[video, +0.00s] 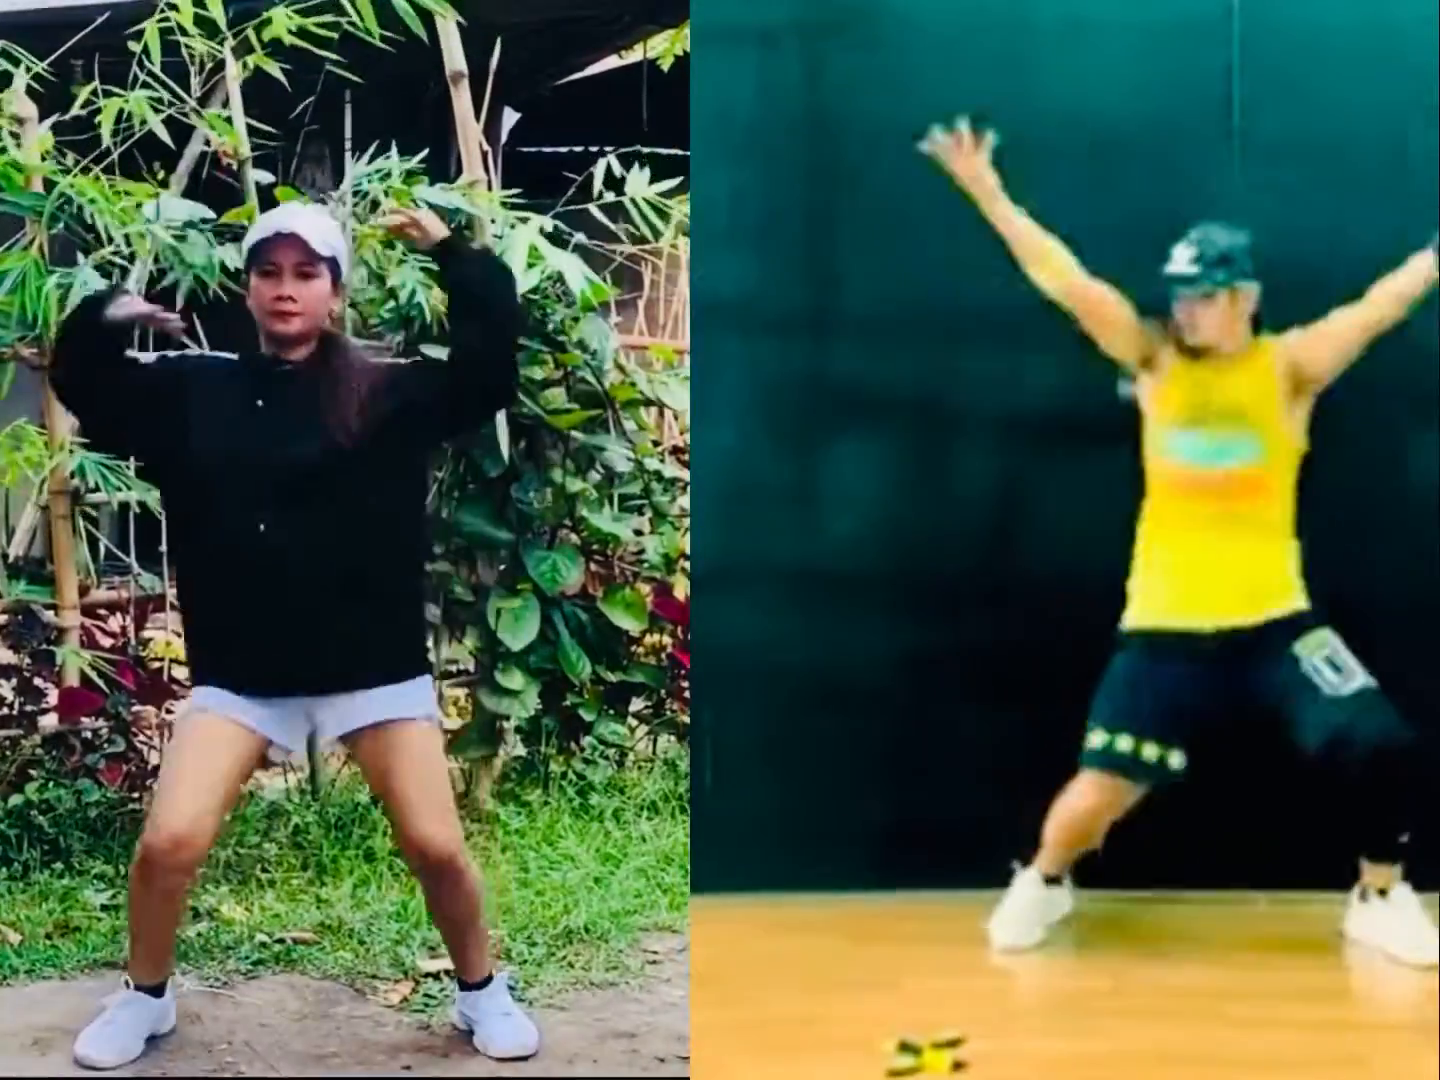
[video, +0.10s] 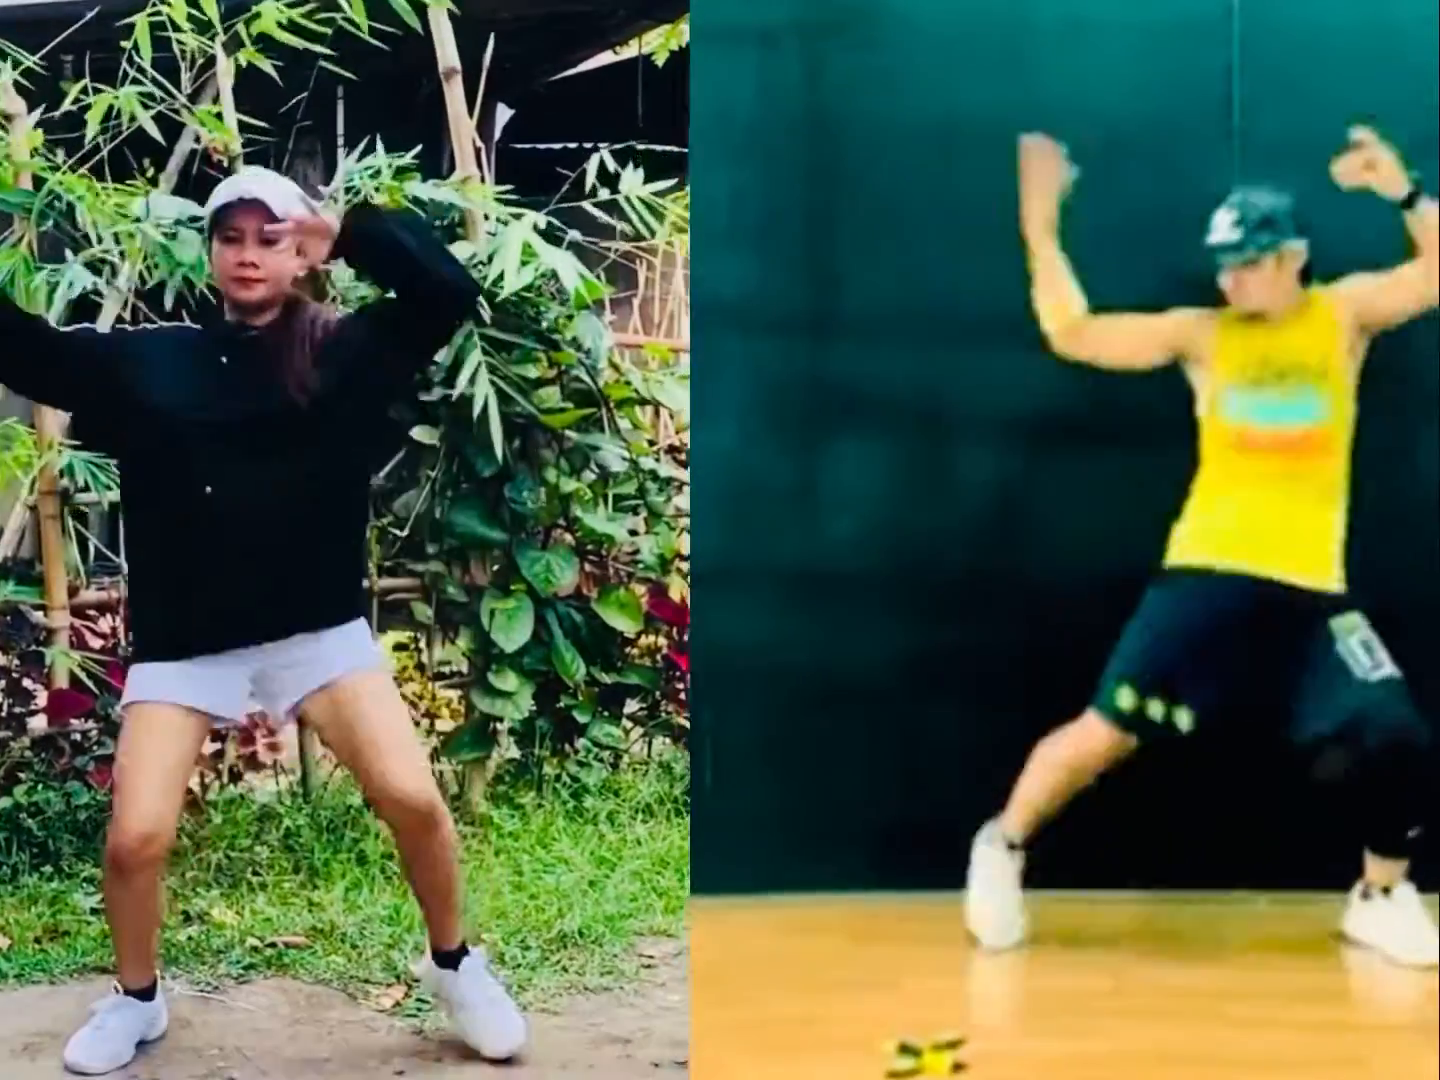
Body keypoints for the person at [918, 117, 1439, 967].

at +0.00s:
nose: (1200, 314)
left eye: (1214, 297)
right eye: (1189, 300)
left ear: (1251, 300)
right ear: (1175, 307)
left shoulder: (1291, 367)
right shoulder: (1151, 364)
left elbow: (1378, 307)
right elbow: (1066, 282)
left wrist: (1430, 260)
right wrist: (988, 192)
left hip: (1275, 621)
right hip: (1164, 626)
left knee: (1384, 747)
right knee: (1106, 789)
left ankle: (1380, 896)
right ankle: (1042, 882)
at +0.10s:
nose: (1241, 283)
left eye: (1256, 265)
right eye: (1231, 269)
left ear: (1296, 258)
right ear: (1220, 273)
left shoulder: (1345, 311)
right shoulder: (1198, 333)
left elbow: (1434, 277)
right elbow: (1071, 330)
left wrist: (1405, 189)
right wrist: (1038, 224)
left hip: (1312, 584)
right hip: (1207, 574)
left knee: (1397, 741)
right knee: (1111, 731)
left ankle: (1381, 897)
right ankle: (1001, 845)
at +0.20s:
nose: (1254, 239)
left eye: (1268, 220)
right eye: (1244, 223)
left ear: (1314, 213)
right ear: (1236, 228)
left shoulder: (1376, 289)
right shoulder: (1226, 303)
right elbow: (1123, 350)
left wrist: (1424, 189)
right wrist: (1135, 243)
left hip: (1339, 562)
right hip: (1225, 548)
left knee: (1397, 722)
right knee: (1099, 678)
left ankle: (1380, 896)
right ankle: (1022, 752)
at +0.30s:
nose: (1259, 234)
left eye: (1274, 216)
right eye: (1248, 219)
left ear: (1320, 210)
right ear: (1238, 224)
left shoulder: (1377, 296)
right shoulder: (1224, 293)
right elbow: (1109, 281)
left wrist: (1410, 313)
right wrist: (1185, 187)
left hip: (1349, 553)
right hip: (1245, 524)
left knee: (1408, 720)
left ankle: (1384, 895)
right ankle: (1101, 695)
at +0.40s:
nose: (1273, 254)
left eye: (1287, 235)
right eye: (1262, 238)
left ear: (1326, 230)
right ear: (1249, 243)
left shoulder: (1372, 295)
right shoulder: (1232, 289)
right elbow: (1140, 208)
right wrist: (1115, 90)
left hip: (1355, 542)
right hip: (1252, 515)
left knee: (1405, 726)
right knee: (1104, 517)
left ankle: (1391, 895)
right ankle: (1140, 692)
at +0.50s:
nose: (1305, 249)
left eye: (1317, 230)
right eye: (1287, 235)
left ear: (1343, 226)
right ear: (1265, 242)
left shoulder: (1390, 276)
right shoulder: (1244, 299)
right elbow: (1124, 257)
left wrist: (1429, 108)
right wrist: (1099, 133)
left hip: (1349, 552)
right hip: (1244, 518)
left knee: (1410, 730)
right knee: (1107, 591)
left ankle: (1388, 897)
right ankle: (1109, 742)